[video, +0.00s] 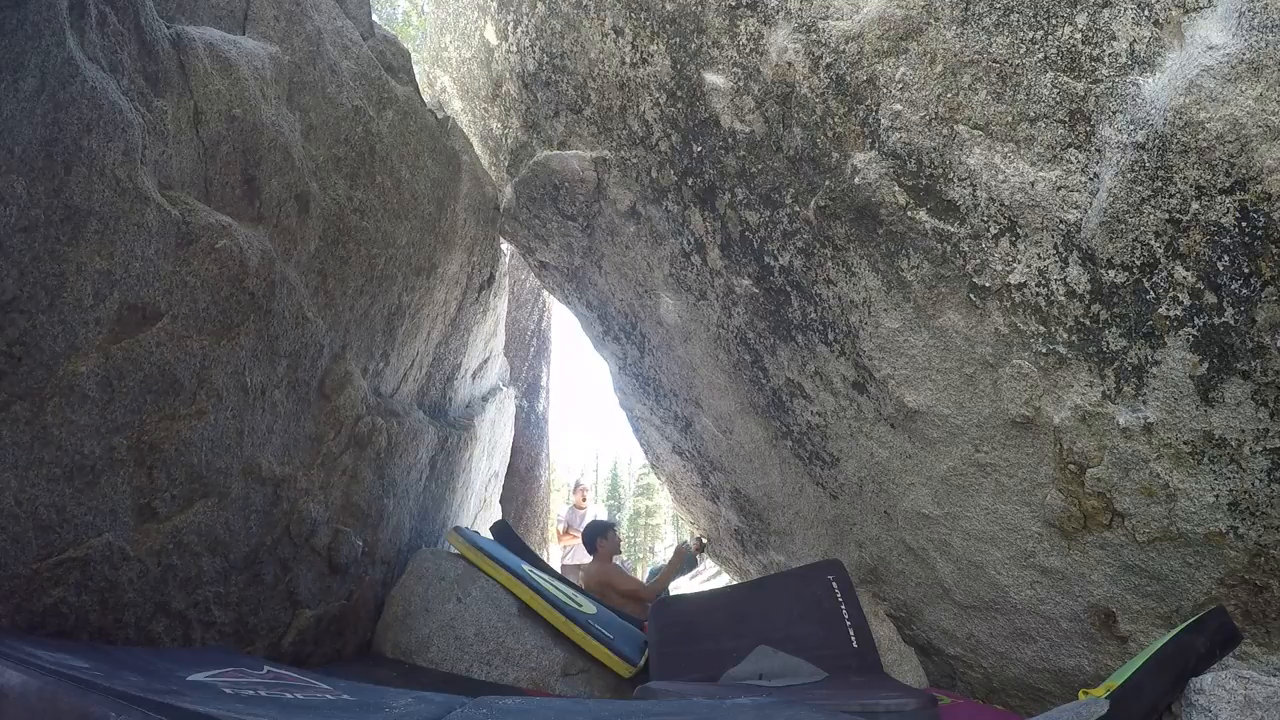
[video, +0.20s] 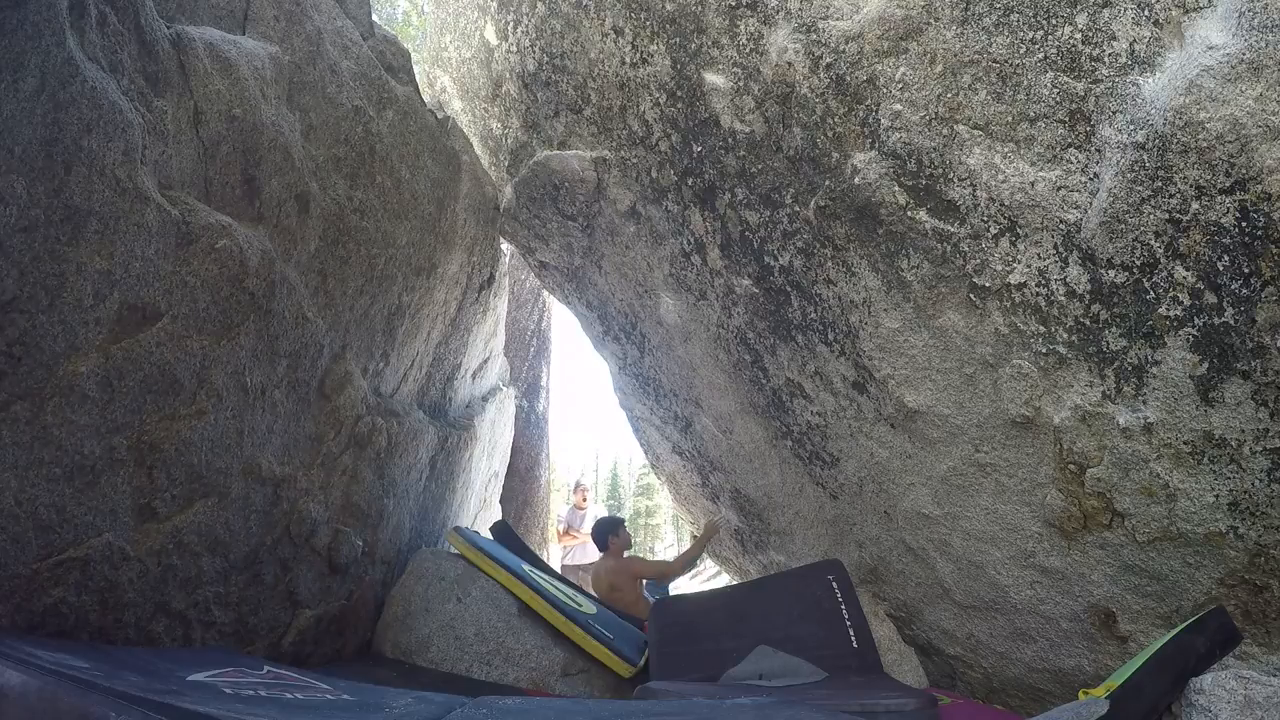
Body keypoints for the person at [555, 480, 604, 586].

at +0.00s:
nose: (584, 494)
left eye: (587, 490)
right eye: (581, 490)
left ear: (591, 493)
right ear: (573, 493)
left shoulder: (598, 512)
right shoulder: (565, 512)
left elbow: (596, 538)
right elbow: (561, 540)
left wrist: (570, 530)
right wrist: (586, 537)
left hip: (590, 562)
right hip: (569, 562)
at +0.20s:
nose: (585, 494)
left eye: (588, 490)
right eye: (581, 490)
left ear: (592, 494)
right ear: (573, 494)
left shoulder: (598, 511)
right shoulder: (565, 513)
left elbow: (601, 535)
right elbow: (561, 540)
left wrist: (573, 532)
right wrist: (586, 537)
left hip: (592, 564)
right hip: (569, 565)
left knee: (591, 604)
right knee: (569, 604)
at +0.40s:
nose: (585, 494)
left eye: (587, 490)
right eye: (581, 490)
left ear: (591, 494)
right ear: (574, 494)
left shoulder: (599, 512)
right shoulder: (564, 513)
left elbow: (599, 538)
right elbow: (561, 541)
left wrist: (573, 532)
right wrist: (586, 538)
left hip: (590, 565)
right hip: (569, 566)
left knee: (593, 604)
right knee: (569, 604)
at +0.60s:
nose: (585, 494)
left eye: (588, 490)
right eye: (581, 490)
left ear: (591, 493)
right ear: (574, 494)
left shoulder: (598, 512)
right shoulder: (564, 513)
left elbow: (599, 539)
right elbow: (561, 541)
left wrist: (573, 532)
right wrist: (587, 537)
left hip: (590, 565)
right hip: (569, 565)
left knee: (592, 604)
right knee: (568, 604)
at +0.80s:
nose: (584, 493)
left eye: (586, 490)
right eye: (580, 490)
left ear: (591, 493)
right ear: (573, 493)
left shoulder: (598, 512)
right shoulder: (564, 514)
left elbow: (599, 538)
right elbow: (561, 541)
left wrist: (572, 532)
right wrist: (586, 537)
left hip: (590, 565)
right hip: (568, 565)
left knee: (592, 605)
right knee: (568, 605)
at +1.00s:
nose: (582, 493)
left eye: (586, 490)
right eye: (579, 490)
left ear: (591, 492)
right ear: (573, 493)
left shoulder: (599, 513)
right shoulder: (564, 513)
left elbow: (599, 538)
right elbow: (561, 541)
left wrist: (572, 532)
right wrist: (586, 537)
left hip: (590, 565)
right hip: (568, 566)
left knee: (592, 604)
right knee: (568, 604)